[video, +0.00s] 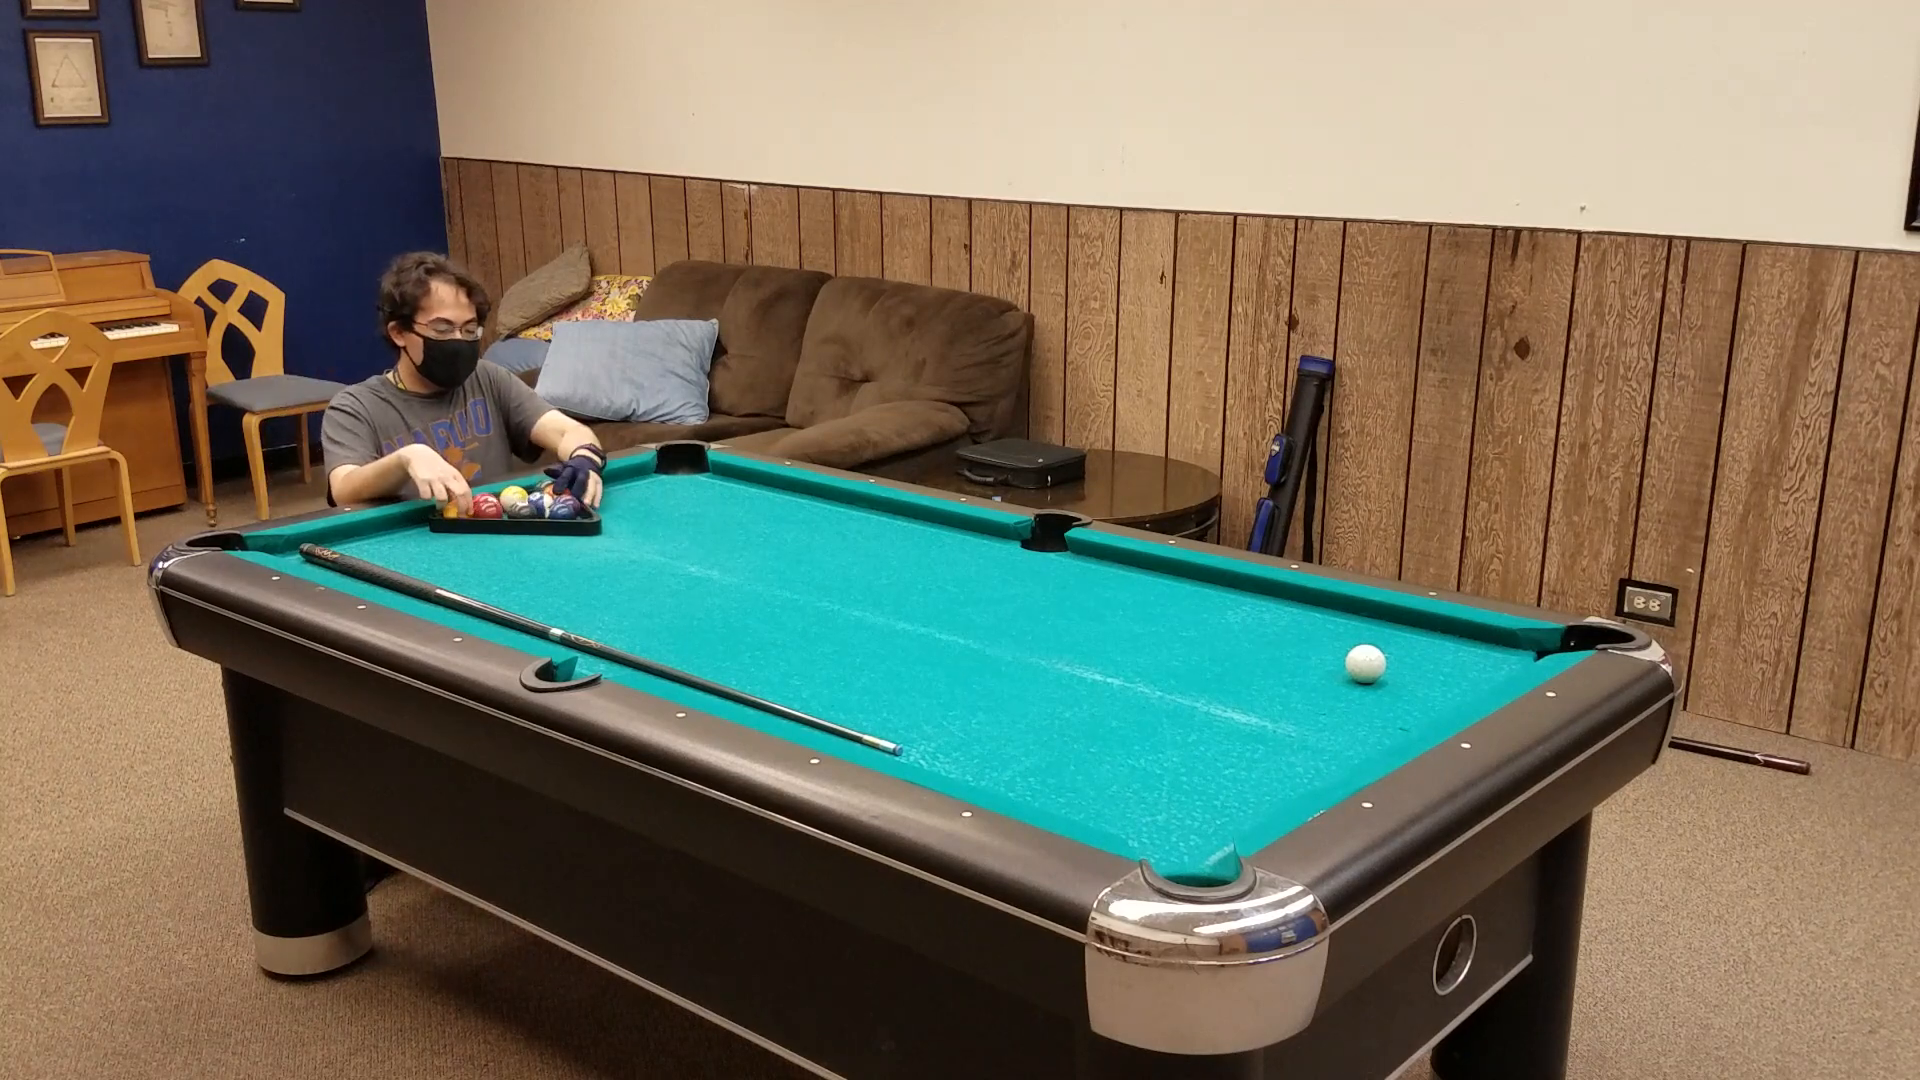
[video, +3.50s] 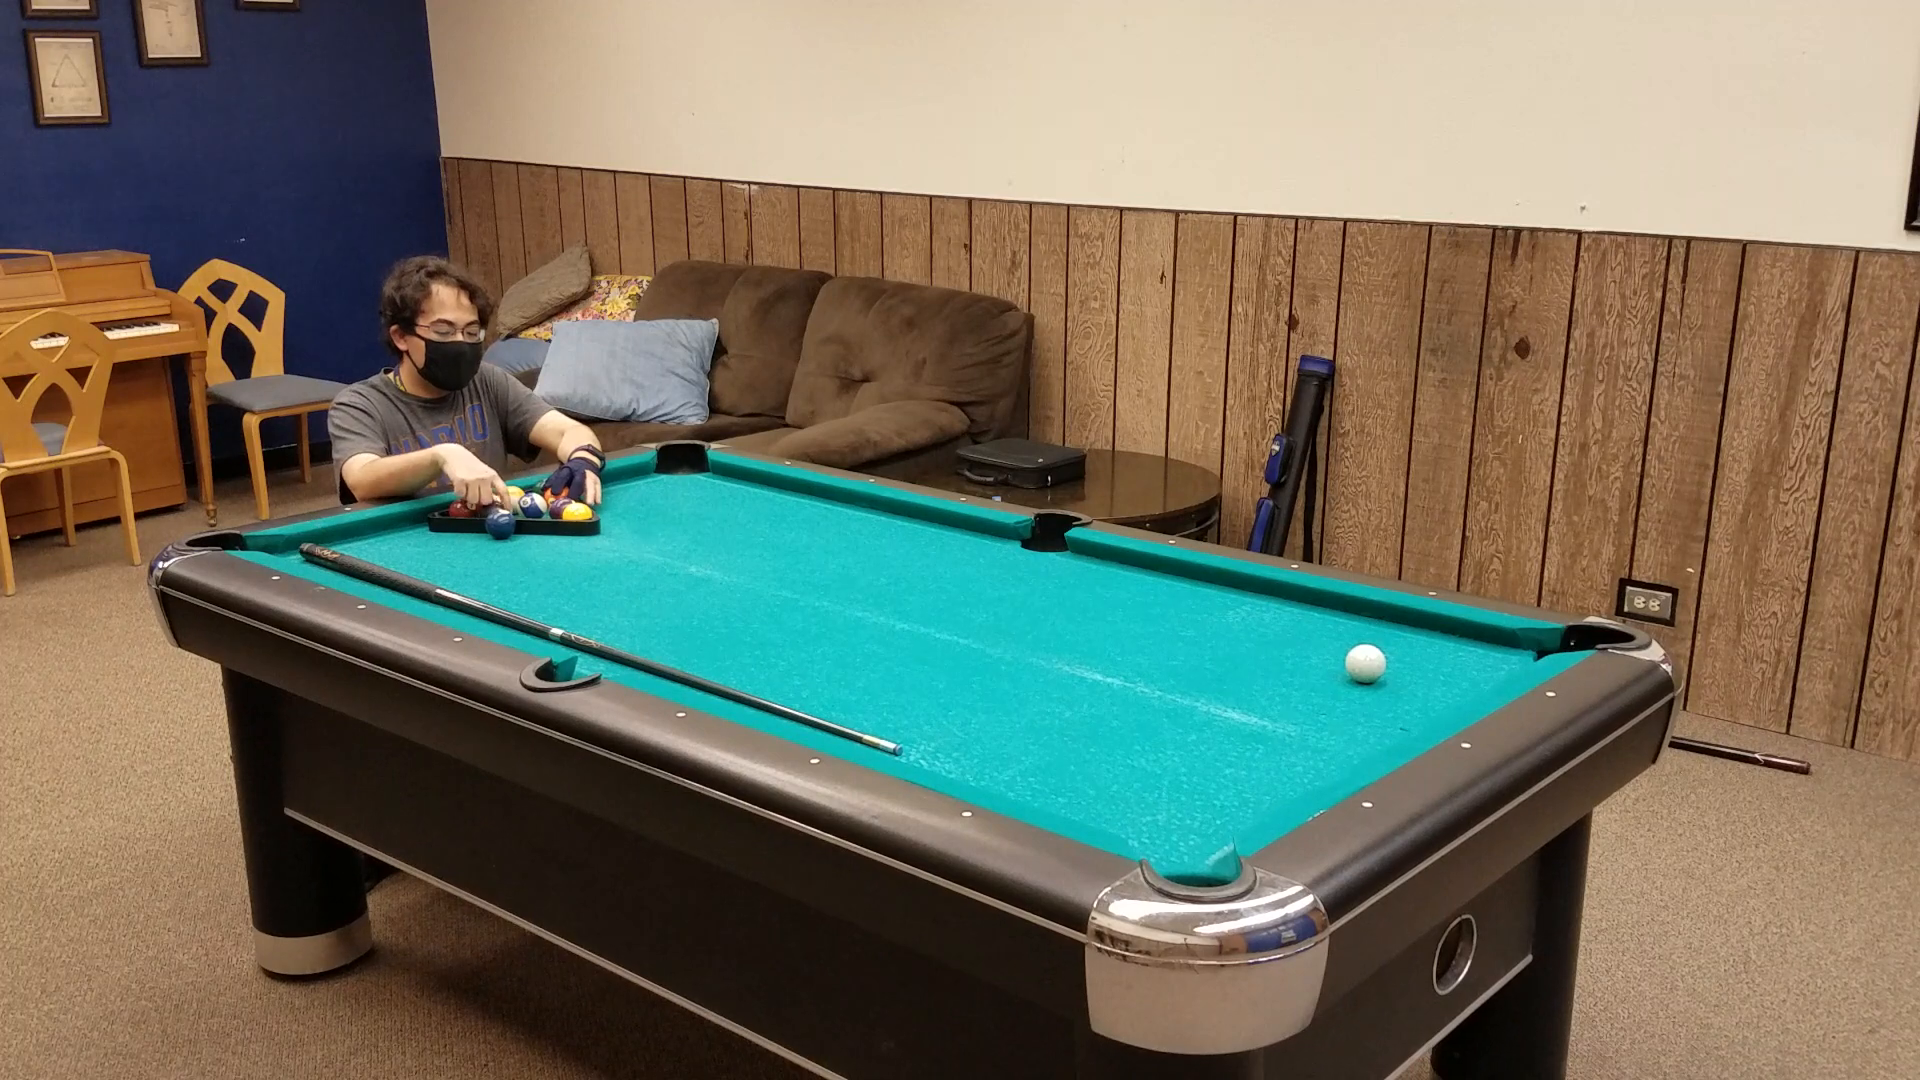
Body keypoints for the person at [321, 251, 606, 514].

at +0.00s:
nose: (460, 342)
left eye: (470, 327)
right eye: (443, 328)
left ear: (479, 326)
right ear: (399, 333)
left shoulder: (489, 380)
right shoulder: (356, 407)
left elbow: (564, 431)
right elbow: (345, 491)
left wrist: (585, 455)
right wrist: (407, 458)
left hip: (510, 551)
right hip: (415, 568)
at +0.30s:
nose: (474, 338)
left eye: (483, 326)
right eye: (457, 324)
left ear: (491, 328)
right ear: (412, 328)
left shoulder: (495, 381)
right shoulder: (366, 403)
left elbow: (566, 431)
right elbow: (354, 483)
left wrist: (584, 458)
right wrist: (416, 449)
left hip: (507, 547)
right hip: (416, 563)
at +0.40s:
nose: (474, 336)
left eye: (482, 323)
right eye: (456, 322)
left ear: (491, 326)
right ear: (411, 328)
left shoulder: (492, 379)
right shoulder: (370, 401)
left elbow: (568, 430)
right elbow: (382, 470)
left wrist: (584, 457)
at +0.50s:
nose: (472, 334)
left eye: (481, 322)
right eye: (455, 321)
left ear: (491, 323)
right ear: (411, 328)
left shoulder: (493, 381)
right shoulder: (372, 401)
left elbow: (569, 431)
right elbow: (410, 462)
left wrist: (582, 461)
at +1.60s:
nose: (458, 334)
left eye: (467, 321)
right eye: (440, 322)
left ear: (479, 324)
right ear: (398, 332)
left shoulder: (488, 380)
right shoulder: (362, 404)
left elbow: (567, 431)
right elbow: (380, 474)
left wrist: (582, 458)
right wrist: (465, 472)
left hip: (499, 554)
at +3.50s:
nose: (461, 345)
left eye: (471, 331)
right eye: (443, 330)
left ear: (481, 331)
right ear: (401, 336)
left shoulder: (489, 382)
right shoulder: (361, 404)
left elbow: (567, 431)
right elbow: (363, 481)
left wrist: (583, 457)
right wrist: (442, 455)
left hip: (502, 555)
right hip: (411, 568)